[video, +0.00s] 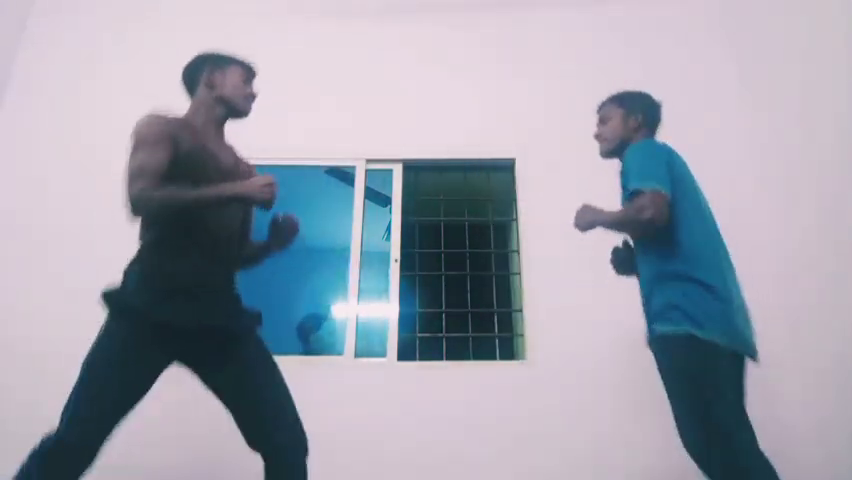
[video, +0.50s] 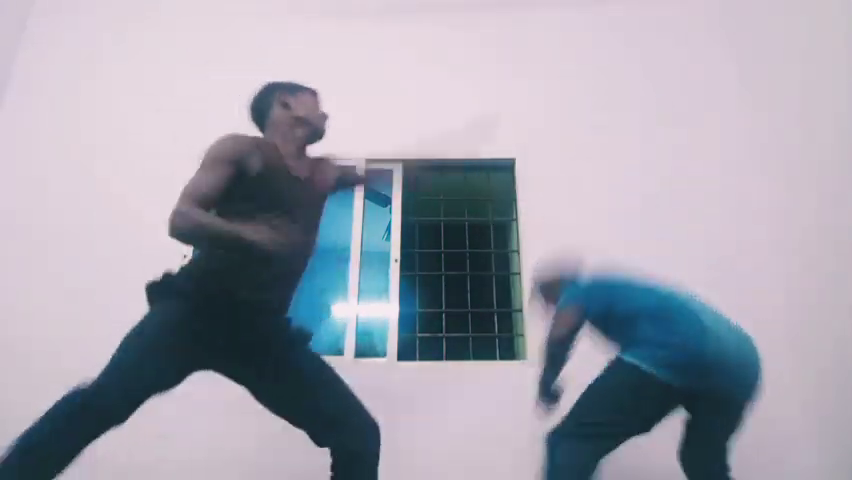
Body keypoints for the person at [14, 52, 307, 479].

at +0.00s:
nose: (254, 91)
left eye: (253, 83)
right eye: (246, 80)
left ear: (218, 84)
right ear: (211, 79)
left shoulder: (240, 167)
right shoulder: (160, 128)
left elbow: (229, 256)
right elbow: (141, 198)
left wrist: (270, 244)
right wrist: (239, 189)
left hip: (217, 318)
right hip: (148, 314)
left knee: (288, 448)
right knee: (72, 448)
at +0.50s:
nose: (323, 108)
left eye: (320, 101)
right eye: (312, 100)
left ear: (296, 112)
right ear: (283, 107)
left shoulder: (325, 174)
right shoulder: (237, 151)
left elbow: (379, 179)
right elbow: (182, 220)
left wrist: (367, 181)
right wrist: (253, 233)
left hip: (262, 333)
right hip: (191, 318)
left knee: (359, 436)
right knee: (102, 405)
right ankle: (14, 471)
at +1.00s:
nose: (334, 3)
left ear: (311, 3)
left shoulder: (304, 77)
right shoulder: (225, 15)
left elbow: (323, 170)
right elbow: (123, 54)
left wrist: (364, 172)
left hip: (235, 207)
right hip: (171, 190)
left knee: (310, 344)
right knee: (150, 326)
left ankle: (264, 473)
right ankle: (89, 466)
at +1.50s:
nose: (296, 13)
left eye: (294, 4)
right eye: (288, 1)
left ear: (256, 9)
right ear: (256, 2)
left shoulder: (251, 111)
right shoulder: (162, 27)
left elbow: (201, 193)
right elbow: (40, 84)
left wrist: (226, 245)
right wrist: (66, 178)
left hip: (156, 258)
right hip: (86, 227)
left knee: (257, 408)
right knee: (70, 362)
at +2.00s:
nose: (295, 15)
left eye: (292, 5)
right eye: (284, 3)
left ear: (254, 12)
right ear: (249, 6)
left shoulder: (254, 104)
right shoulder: (184, 41)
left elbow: (197, 171)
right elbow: (60, 77)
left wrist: (221, 227)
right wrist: (117, 153)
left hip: (195, 263)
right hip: (132, 237)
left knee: (268, 427)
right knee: (43, 386)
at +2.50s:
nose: (269, 10)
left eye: (263, 2)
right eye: (254, 2)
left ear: (223, 17)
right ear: (217, 12)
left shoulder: (257, 111)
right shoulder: (177, 93)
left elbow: (295, 184)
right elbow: (89, 180)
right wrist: (153, 225)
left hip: (211, 283)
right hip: (151, 277)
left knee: (285, 428)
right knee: (210, 391)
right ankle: (141, 476)